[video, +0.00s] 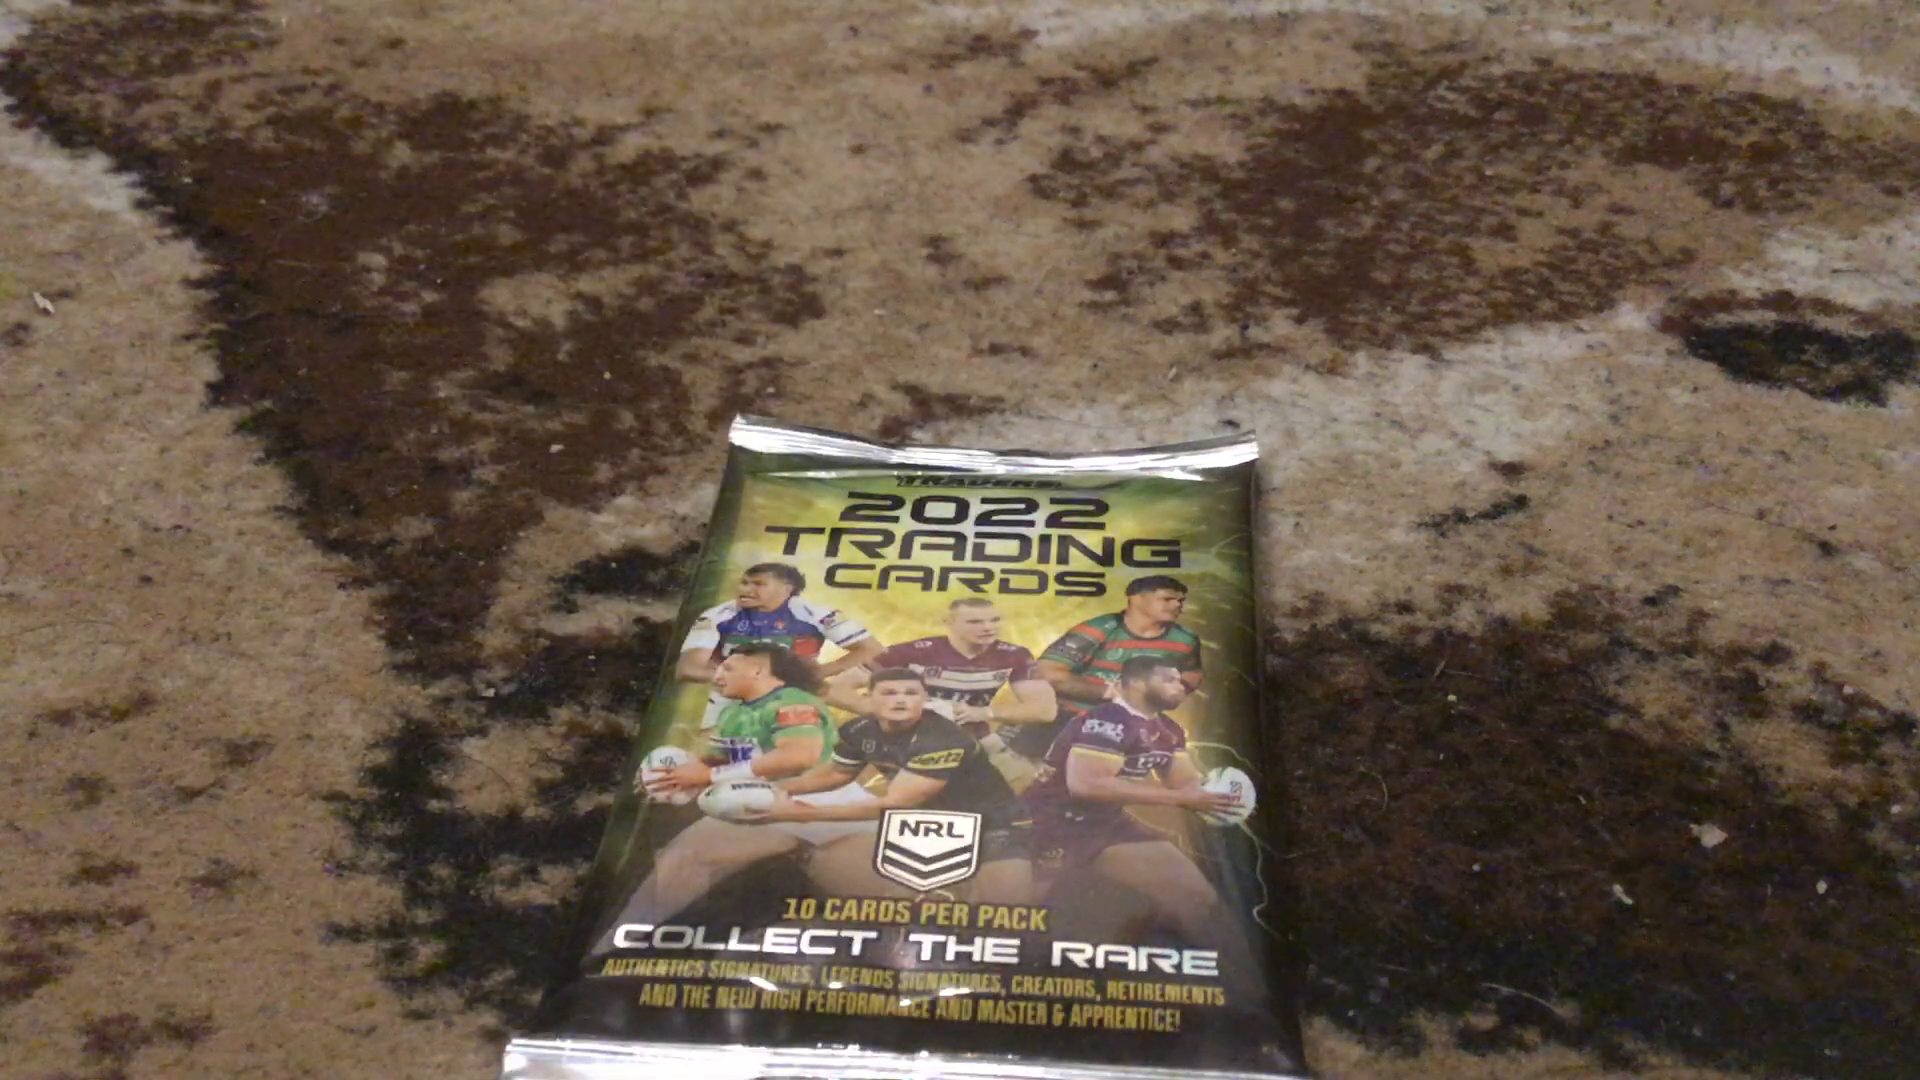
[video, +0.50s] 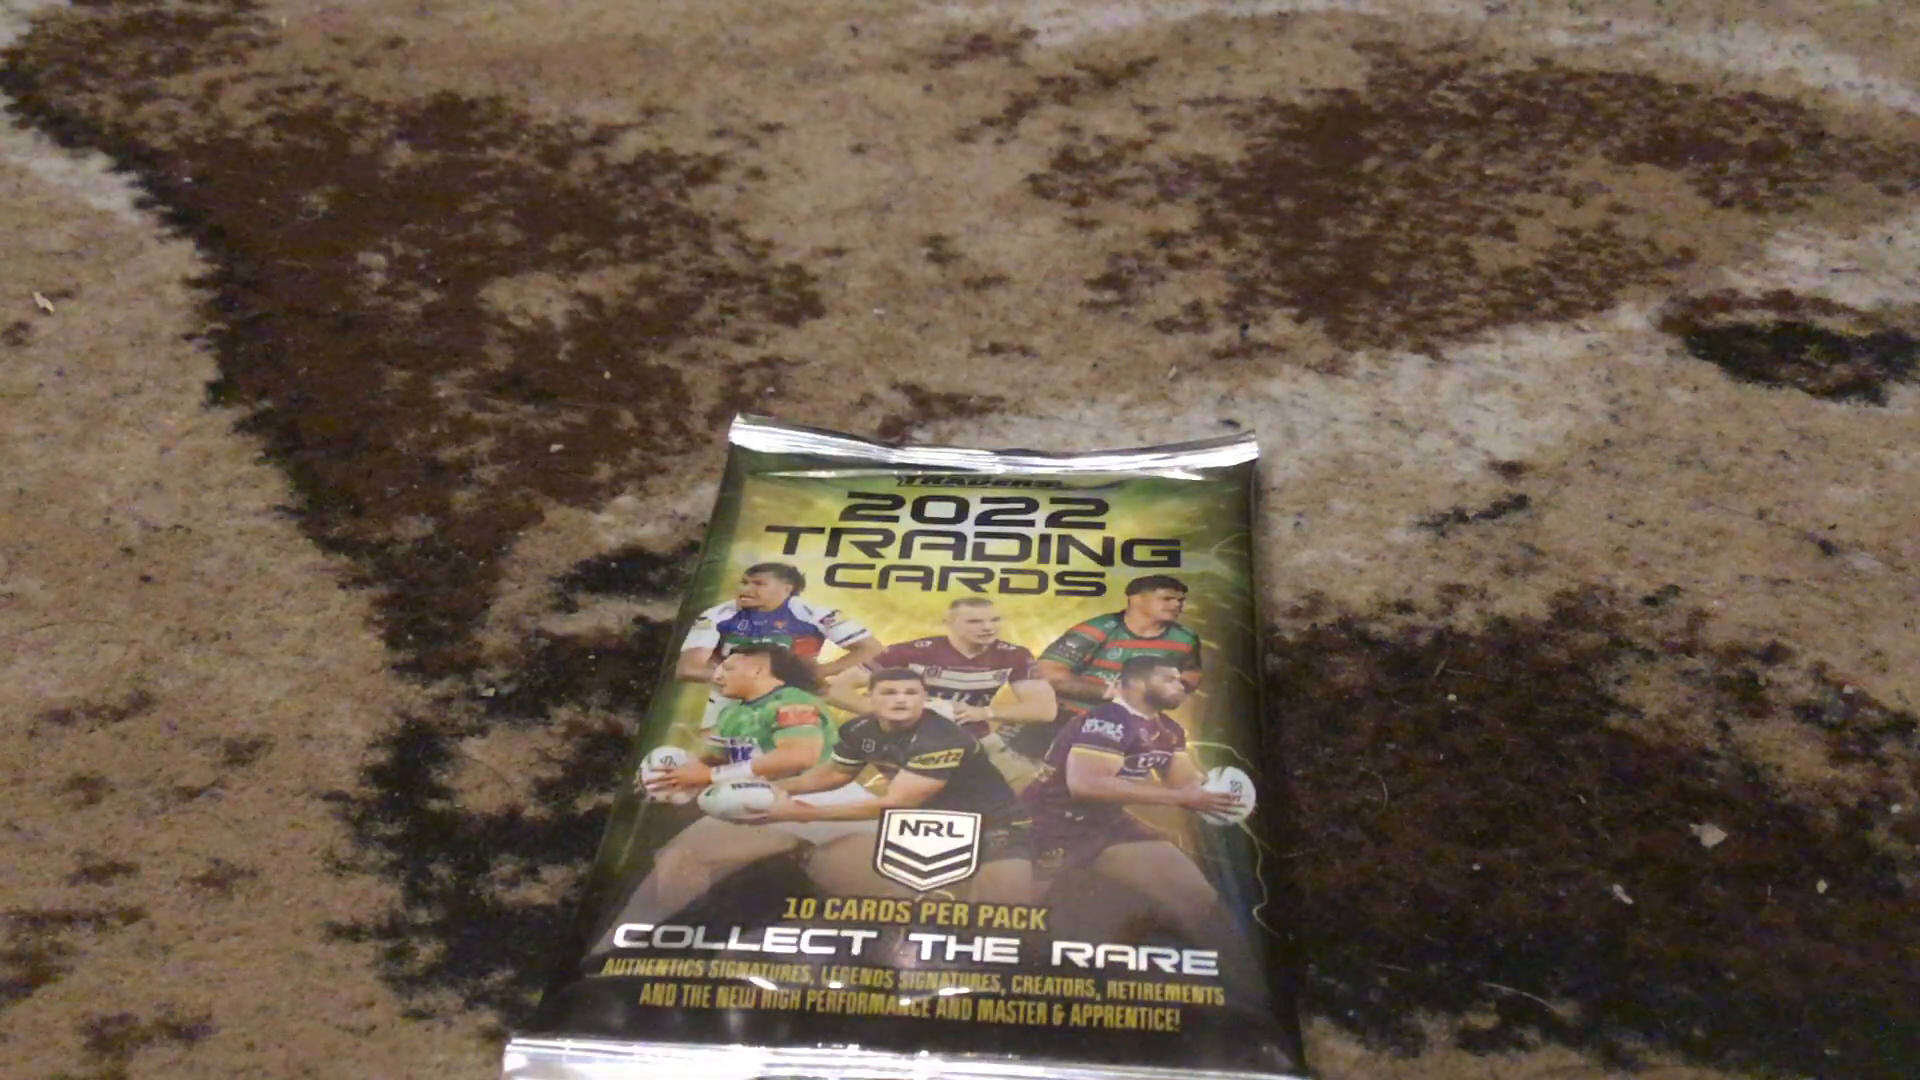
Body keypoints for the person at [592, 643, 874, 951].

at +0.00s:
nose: (720, 671)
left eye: (729, 663)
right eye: (722, 664)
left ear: (761, 665)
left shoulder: (794, 701)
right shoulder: (733, 714)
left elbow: (803, 755)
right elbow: (718, 766)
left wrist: (711, 776)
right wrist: (673, 781)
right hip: (751, 817)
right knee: (675, 862)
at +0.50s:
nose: (721, 668)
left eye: (731, 661)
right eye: (723, 662)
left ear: (762, 664)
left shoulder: (794, 701)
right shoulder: (732, 714)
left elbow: (802, 755)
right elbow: (715, 764)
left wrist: (712, 776)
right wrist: (668, 779)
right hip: (750, 817)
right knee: (671, 863)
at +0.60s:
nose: (720, 670)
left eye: (729, 661)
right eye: (722, 662)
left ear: (760, 663)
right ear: (757, 664)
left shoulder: (794, 701)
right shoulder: (733, 714)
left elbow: (801, 755)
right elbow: (715, 763)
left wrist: (712, 776)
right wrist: (670, 780)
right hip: (752, 817)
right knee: (672, 864)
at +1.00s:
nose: (719, 671)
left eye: (729, 662)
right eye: (722, 663)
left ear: (760, 665)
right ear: (756, 667)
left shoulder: (793, 702)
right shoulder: (733, 713)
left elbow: (801, 754)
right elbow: (712, 763)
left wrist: (711, 775)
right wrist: (668, 781)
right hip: (750, 817)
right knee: (673, 863)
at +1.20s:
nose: (720, 670)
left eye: (729, 662)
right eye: (722, 663)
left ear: (761, 664)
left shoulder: (794, 702)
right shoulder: (733, 713)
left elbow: (801, 755)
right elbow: (713, 763)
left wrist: (710, 775)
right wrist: (669, 780)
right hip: (755, 816)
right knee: (673, 862)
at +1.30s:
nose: (720, 670)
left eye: (729, 662)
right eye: (722, 663)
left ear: (760, 665)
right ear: (756, 667)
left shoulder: (794, 702)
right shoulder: (734, 713)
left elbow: (801, 755)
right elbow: (712, 762)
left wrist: (710, 775)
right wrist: (669, 779)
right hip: (754, 816)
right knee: (672, 863)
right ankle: (616, 949)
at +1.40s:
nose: (720, 670)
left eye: (729, 662)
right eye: (722, 663)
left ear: (761, 664)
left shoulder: (793, 701)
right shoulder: (732, 713)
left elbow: (801, 755)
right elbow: (714, 762)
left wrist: (712, 775)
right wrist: (669, 779)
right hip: (746, 815)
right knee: (671, 863)